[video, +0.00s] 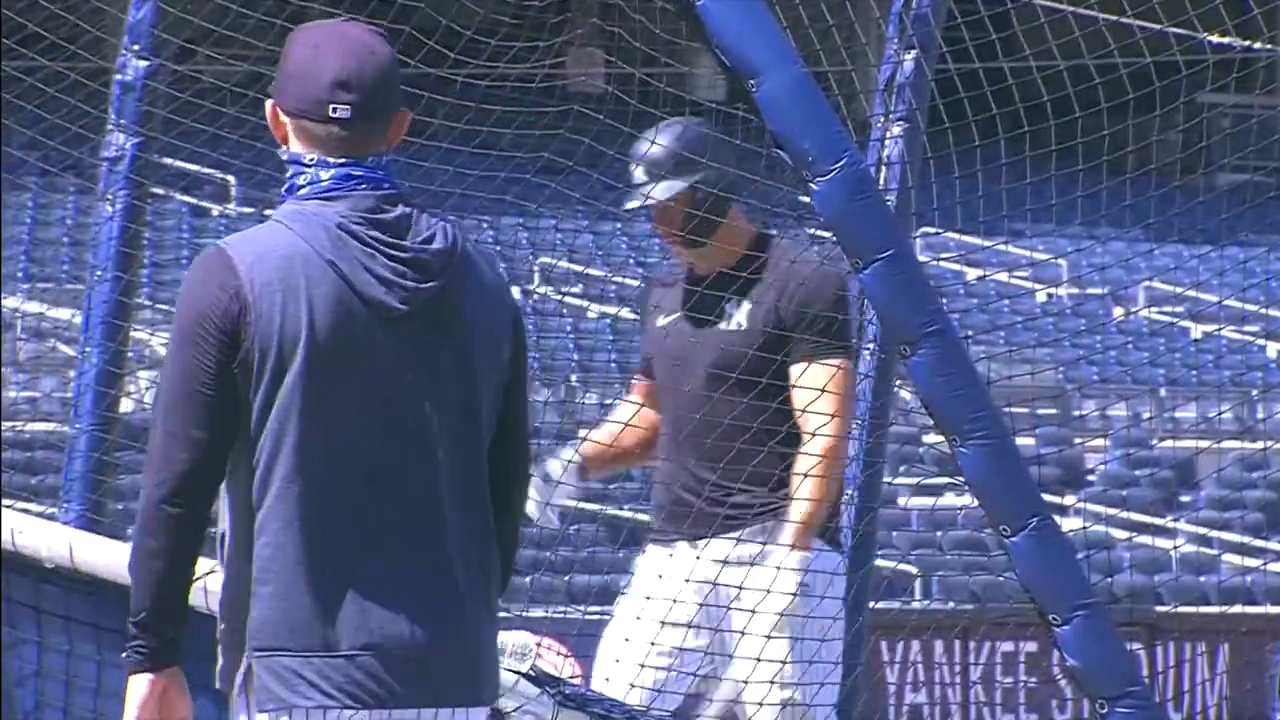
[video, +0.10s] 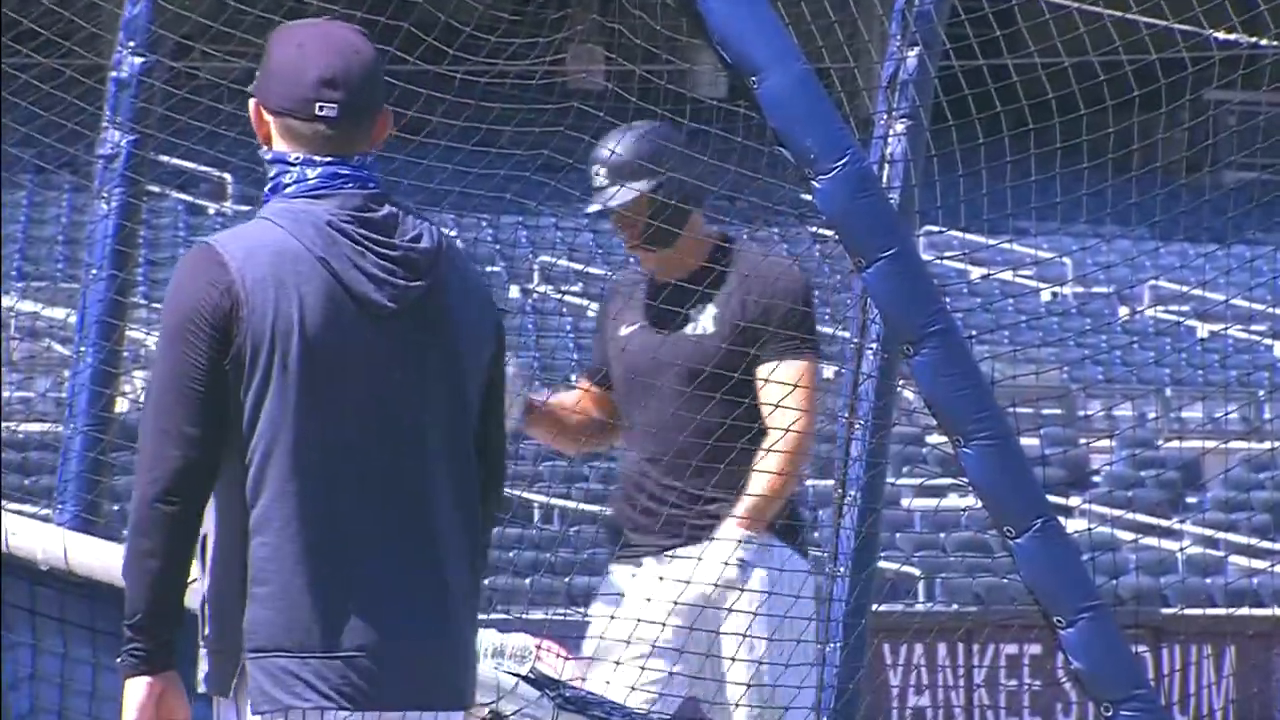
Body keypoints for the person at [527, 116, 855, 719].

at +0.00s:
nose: (668, 226)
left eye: (682, 207)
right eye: (655, 211)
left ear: (726, 195)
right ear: (645, 209)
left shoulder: (807, 279)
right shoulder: (665, 292)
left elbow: (826, 431)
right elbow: (648, 415)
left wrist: (791, 550)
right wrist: (575, 463)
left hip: (779, 547)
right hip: (675, 552)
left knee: (783, 708)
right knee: (617, 708)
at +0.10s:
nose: (628, 232)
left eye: (642, 212)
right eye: (616, 217)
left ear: (685, 197)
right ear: (605, 215)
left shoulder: (768, 281)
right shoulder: (624, 298)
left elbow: (791, 425)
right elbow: (599, 418)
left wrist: (739, 531)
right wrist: (533, 411)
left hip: (748, 559)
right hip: (642, 567)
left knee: (771, 710)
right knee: (610, 712)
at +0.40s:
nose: (514, 232)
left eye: (524, 212)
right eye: (500, 217)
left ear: (566, 185)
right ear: (487, 210)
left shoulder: (666, 259)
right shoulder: (501, 274)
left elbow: (694, 409)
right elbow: (413, 366)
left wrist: (622, 517)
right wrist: (430, 236)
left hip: (616, 560)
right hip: (510, 552)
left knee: (607, 712)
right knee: (498, 713)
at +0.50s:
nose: (490, 216)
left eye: (500, 197)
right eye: (475, 202)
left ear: (544, 175)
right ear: (460, 194)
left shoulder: (642, 259)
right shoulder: (468, 264)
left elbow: (671, 408)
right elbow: (381, 349)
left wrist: (604, 512)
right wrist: (408, 215)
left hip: (586, 547)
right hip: (480, 544)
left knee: (571, 708)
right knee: (477, 708)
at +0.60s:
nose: (499, 215)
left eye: (513, 196)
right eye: (482, 200)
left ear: (554, 172)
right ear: (465, 188)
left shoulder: (639, 261)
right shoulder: (469, 257)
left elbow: (669, 417)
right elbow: (377, 336)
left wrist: (599, 527)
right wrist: (411, 206)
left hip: (569, 550)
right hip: (466, 548)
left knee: (546, 712)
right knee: (480, 709)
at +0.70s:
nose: (512, 210)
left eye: (526, 192)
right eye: (501, 193)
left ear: (570, 177)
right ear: (484, 185)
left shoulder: (658, 269)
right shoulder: (480, 254)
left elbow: (683, 424)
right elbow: (383, 337)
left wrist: (610, 545)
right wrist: (432, 208)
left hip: (581, 557)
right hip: (477, 561)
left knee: (570, 710)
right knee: (481, 708)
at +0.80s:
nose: (531, 220)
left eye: (546, 204)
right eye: (521, 203)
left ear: (591, 194)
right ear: (507, 196)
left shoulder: (673, 296)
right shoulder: (499, 253)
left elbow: (692, 453)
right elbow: (400, 339)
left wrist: (618, 565)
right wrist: (458, 216)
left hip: (582, 563)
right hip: (481, 556)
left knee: (581, 708)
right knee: (496, 705)